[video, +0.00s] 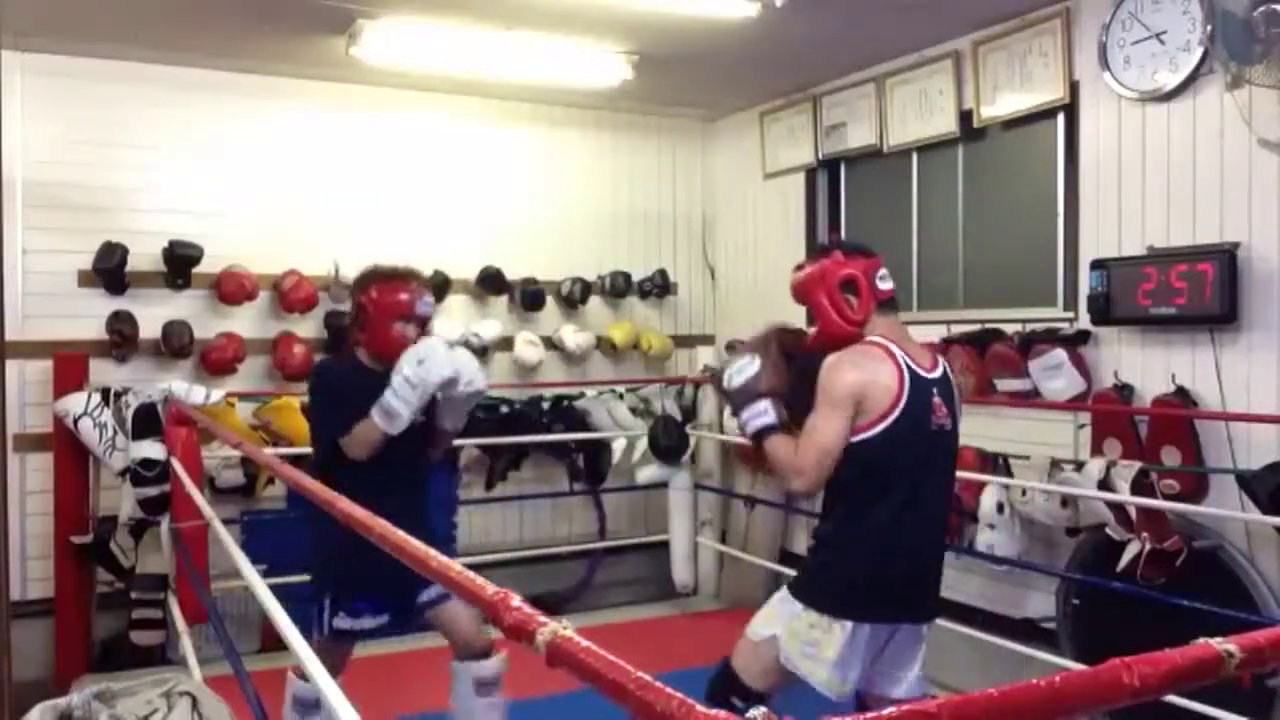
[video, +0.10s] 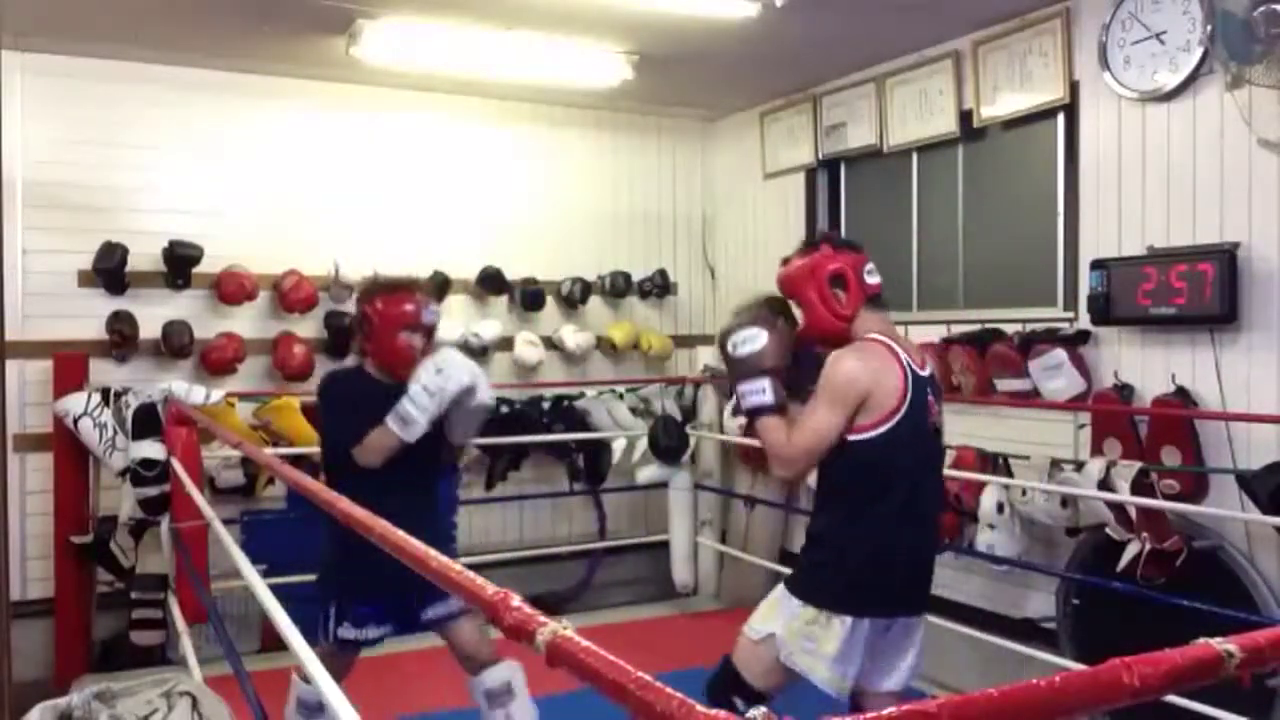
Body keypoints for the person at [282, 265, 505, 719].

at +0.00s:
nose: (413, 333)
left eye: (419, 323)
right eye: (402, 321)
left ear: (425, 325)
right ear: (366, 321)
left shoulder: (411, 375)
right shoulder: (333, 375)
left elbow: (429, 451)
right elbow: (354, 445)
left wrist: (454, 400)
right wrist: (405, 388)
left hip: (411, 544)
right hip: (348, 546)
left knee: (474, 641)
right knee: (324, 667)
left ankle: (478, 714)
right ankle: (300, 712)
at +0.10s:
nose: (419, 343)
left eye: (425, 332)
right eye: (408, 331)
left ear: (432, 336)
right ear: (374, 332)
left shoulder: (426, 387)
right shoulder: (340, 387)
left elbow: (451, 450)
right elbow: (366, 452)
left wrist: (467, 404)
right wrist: (423, 395)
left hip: (427, 555)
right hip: (359, 558)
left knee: (476, 649)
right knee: (333, 664)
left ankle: (514, 711)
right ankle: (304, 712)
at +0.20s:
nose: (428, 349)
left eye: (435, 338)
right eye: (417, 337)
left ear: (441, 343)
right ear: (386, 338)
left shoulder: (444, 395)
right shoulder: (351, 397)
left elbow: (475, 454)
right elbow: (360, 470)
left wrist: (493, 426)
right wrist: (412, 418)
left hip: (443, 558)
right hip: (377, 562)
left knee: (494, 665)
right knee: (340, 673)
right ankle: (310, 714)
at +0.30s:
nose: (446, 339)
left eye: (453, 329)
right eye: (434, 327)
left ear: (460, 334)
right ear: (401, 330)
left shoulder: (468, 384)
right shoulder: (362, 388)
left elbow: (507, 427)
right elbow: (350, 467)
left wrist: (533, 407)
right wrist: (396, 414)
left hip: (456, 561)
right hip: (384, 563)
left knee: (499, 662)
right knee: (350, 663)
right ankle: (311, 711)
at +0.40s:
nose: (461, 339)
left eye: (469, 327)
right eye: (449, 327)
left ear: (476, 328)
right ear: (414, 327)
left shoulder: (490, 376)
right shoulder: (375, 380)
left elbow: (556, 373)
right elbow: (364, 455)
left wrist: (596, 358)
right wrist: (395, 396)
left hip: (461, 551)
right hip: (387, 550)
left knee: (495, 662)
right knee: (340, 662)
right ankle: (308, 715)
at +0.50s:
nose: (464, 341)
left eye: (472, 329)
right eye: (452, 328)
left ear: (480, 331)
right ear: (416, 327)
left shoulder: (486, 379)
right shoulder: (378, 385)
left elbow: (545, 379)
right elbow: (359, 462)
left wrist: (590, 358)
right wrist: (390, 403)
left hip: (463, 553)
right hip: (389, 552)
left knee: (501, 669)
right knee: (335, 666)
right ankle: (306, 708)